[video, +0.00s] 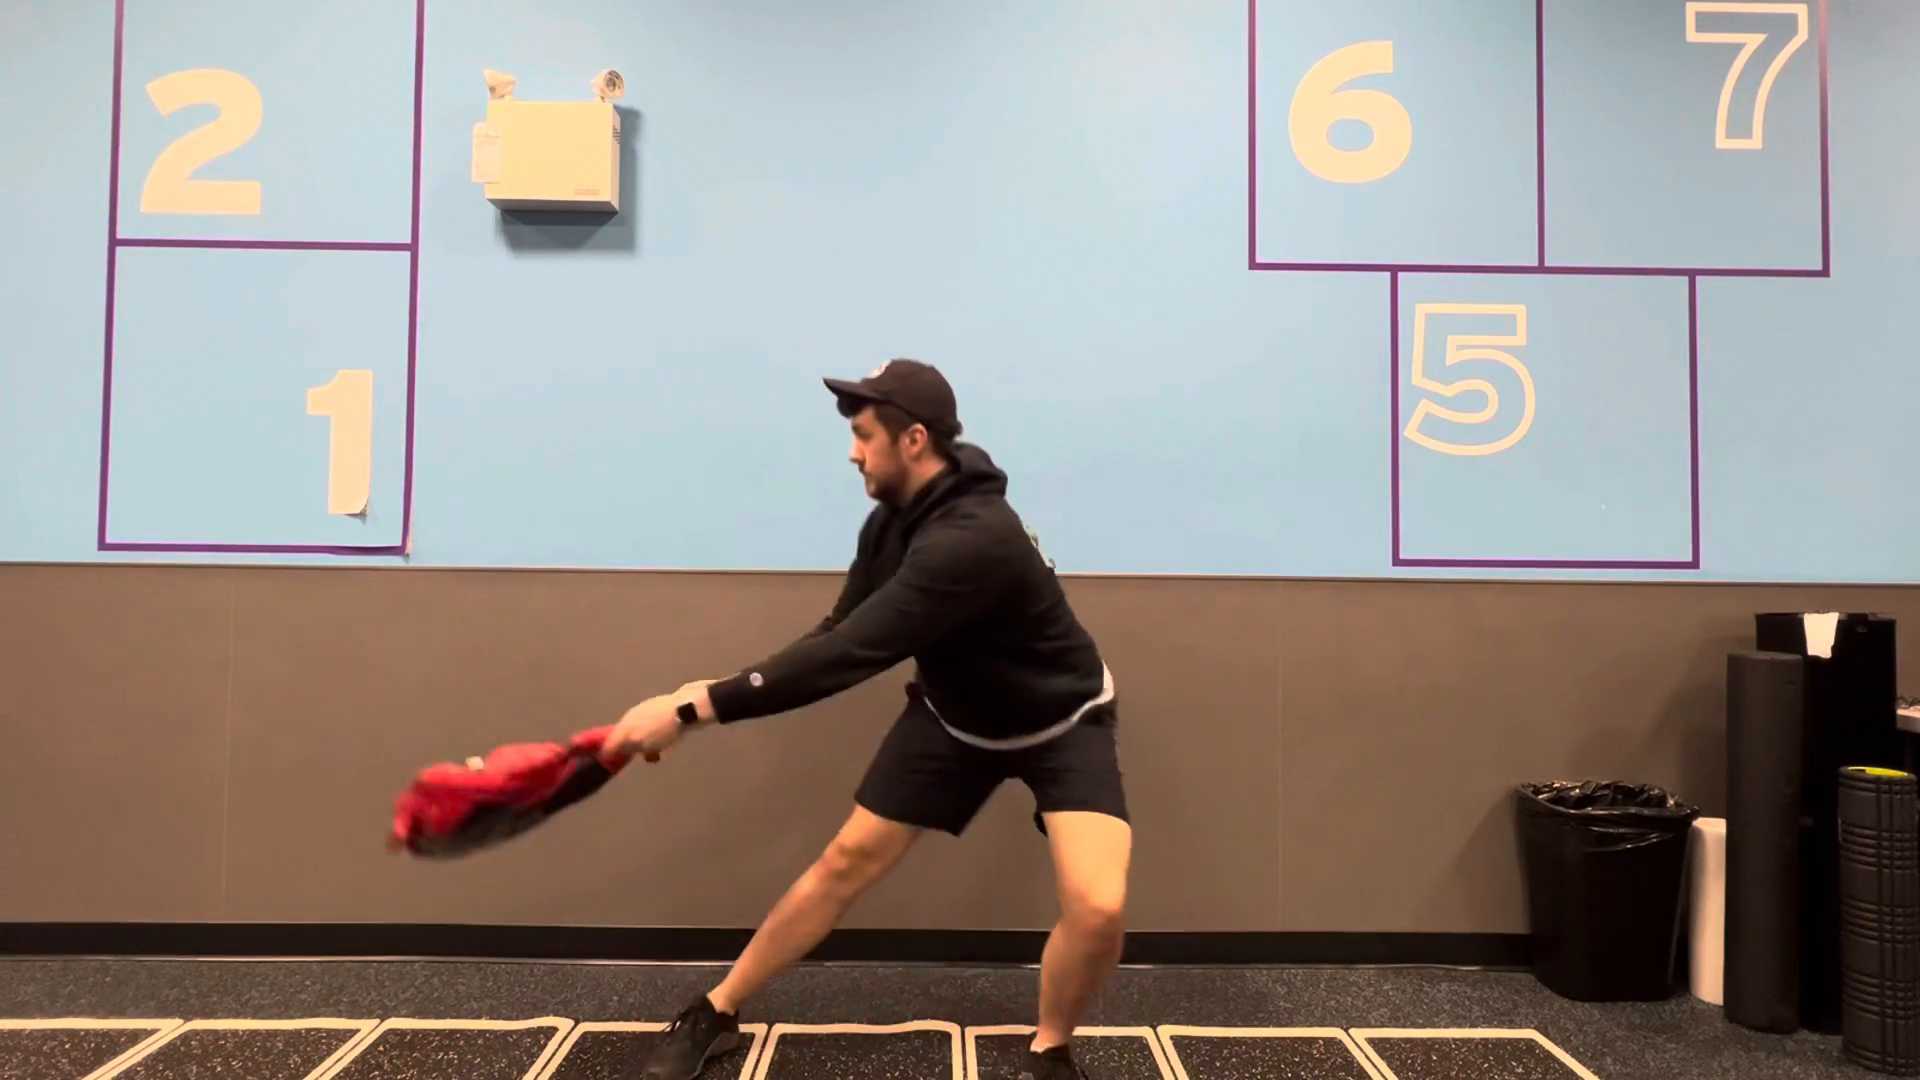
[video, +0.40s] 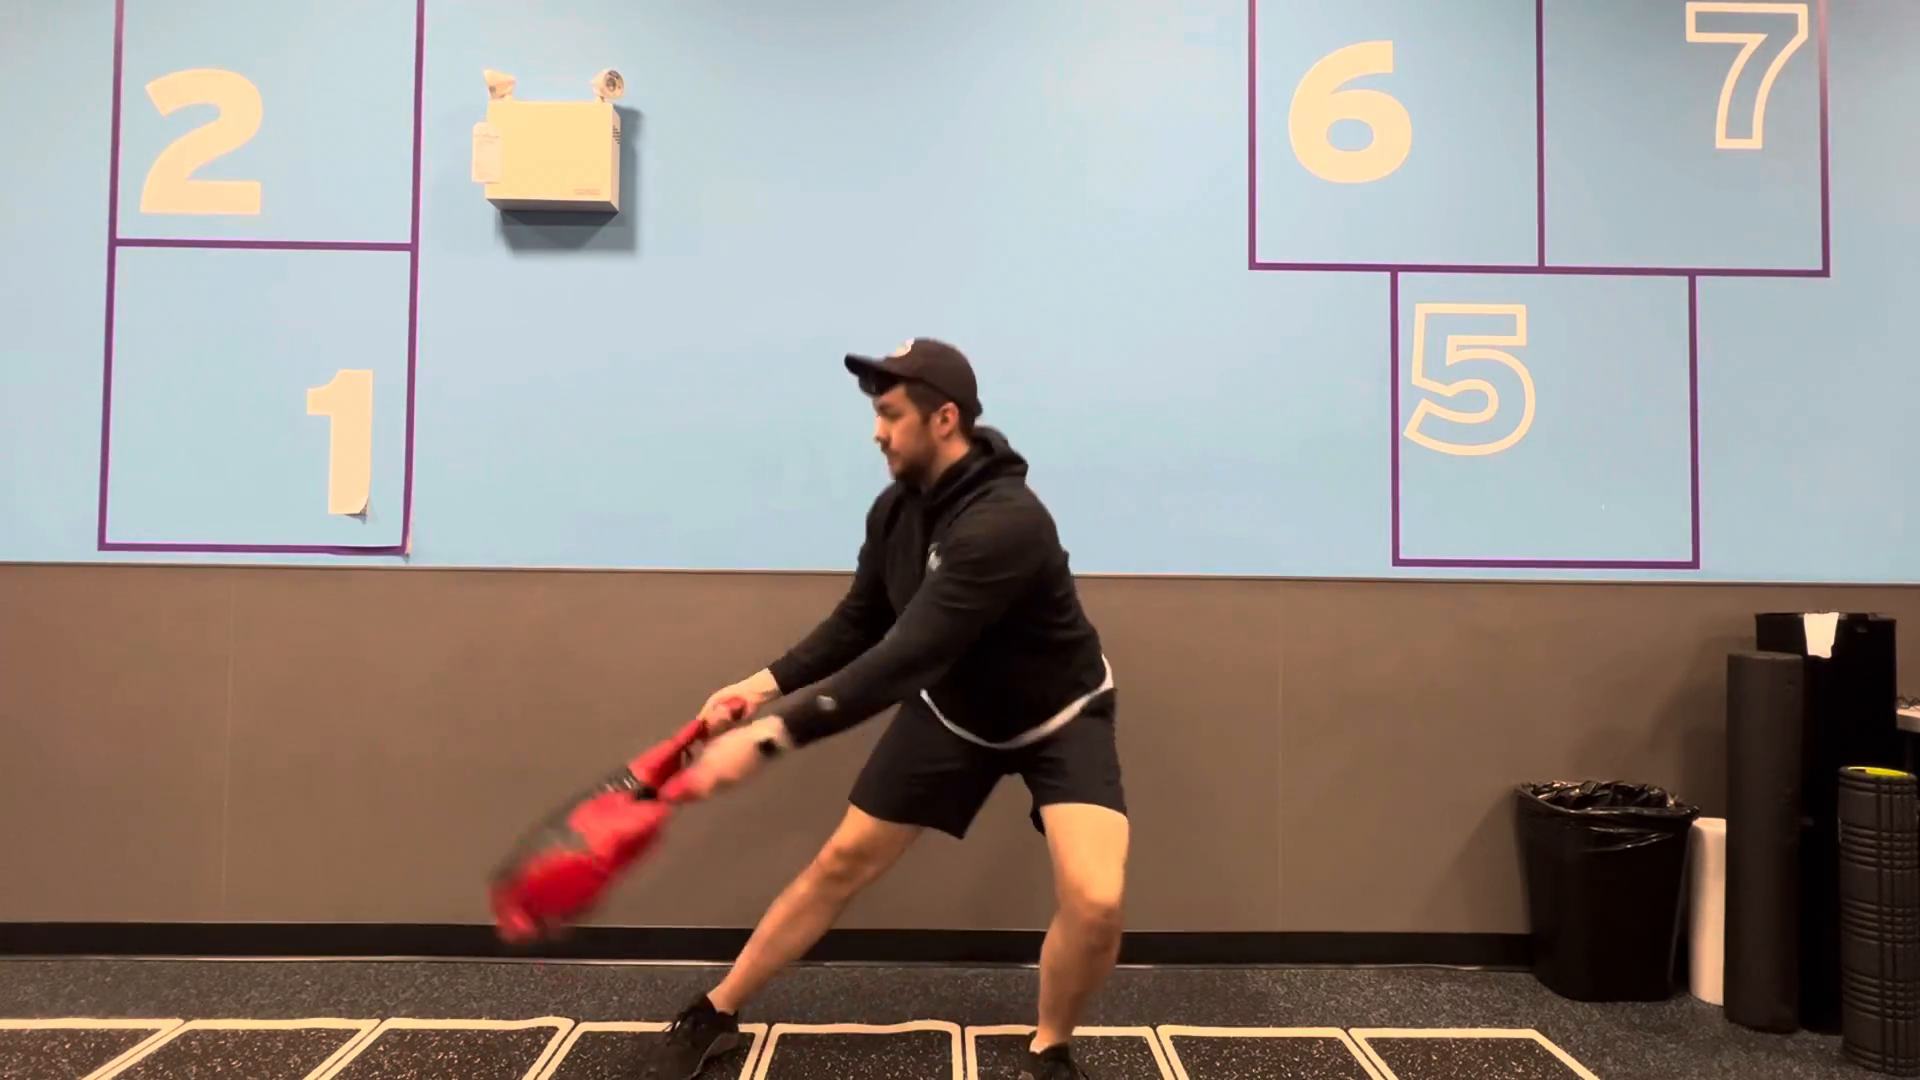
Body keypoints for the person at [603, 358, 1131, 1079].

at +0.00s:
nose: (854, 453)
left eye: (865, 436)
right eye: (854, 436)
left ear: (916, 440)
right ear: (904, 441)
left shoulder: (972, 537)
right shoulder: (893, 521)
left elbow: (852, 654)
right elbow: (838, 636)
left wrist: (692, 708)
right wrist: (701, 702)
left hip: (1064, 718)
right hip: (951, 712)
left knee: (1100, 906)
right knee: (847, 858)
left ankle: (1051, 1051)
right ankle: (716, 1011)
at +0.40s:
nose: (878, 430)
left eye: (891, 414)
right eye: (878, 414)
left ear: (947, 419)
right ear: (938, 419)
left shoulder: (1003, 522)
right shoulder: (896, 512)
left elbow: (909, 655)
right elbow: (861, 617)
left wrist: (773, 735)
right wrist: (765, 684)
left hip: (1061, 715)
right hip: (947, 711)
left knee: (1098, 902)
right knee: (841, 861)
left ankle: (1051, 1051)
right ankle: (717, 1013)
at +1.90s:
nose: (842, 416)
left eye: (853, 399)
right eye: (844, 399)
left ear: (904, 406)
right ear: (895, 407)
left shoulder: (952, 508)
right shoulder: (875, 502)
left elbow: (827, 613)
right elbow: (828, 612)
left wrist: (664, 660)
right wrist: (696, 659)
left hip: (1043, 705)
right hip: (930, 699)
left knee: (1097, 898)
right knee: (834, 852)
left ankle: (1052, 1049)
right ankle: (715, 1013)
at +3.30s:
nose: (845, 393)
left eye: (851, 374)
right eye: (824, 376)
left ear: (860, 378)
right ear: (776, 383)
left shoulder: (888, 477)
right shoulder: (726, 495)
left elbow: (932, 596)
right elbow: (751, 647)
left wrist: (994, 705)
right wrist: (815, 769)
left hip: (857, 679)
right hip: (740, 687)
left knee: (943, 851)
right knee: (698, 865)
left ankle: (1031, 1024)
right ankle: (712, 1019)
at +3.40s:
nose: (821, 353)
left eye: (839, 336)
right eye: (806, 337)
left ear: (872, 342)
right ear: (787, 345)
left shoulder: (923, 445)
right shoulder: (748, 458)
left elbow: (957, 585)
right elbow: (727, 604)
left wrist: (962, 721)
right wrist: (716, 743)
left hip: (902, 664)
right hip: (785, 667)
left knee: (973, 828)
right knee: (739, 829)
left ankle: (1053, 1026)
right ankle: (716, 1020)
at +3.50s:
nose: (819, 343)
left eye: (838, 327)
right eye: (815, 326)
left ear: (890, 336)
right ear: (812, 332)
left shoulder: (952, 442)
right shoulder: (790, 443)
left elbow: (939, 596)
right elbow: (761, 567)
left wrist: (867, 721)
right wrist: (695, 666)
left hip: (953, 647)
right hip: (839, 647)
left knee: (1012, 837)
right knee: (767, 824)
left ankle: (1055, 1037)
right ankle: (715, 1015)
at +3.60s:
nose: (837, 367)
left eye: (852, 352)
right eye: (837, 351)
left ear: (908, 358)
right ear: (879, 361)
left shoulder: (969, 468)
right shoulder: (844, 462)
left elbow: (884, 607)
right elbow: (816, 571)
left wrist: (759, 699)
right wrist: (722, 636)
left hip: (1008, 679)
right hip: (893, 673)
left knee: (1054, 864)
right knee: (808, 843)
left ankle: (1059, 1046)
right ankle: (717, 1012)